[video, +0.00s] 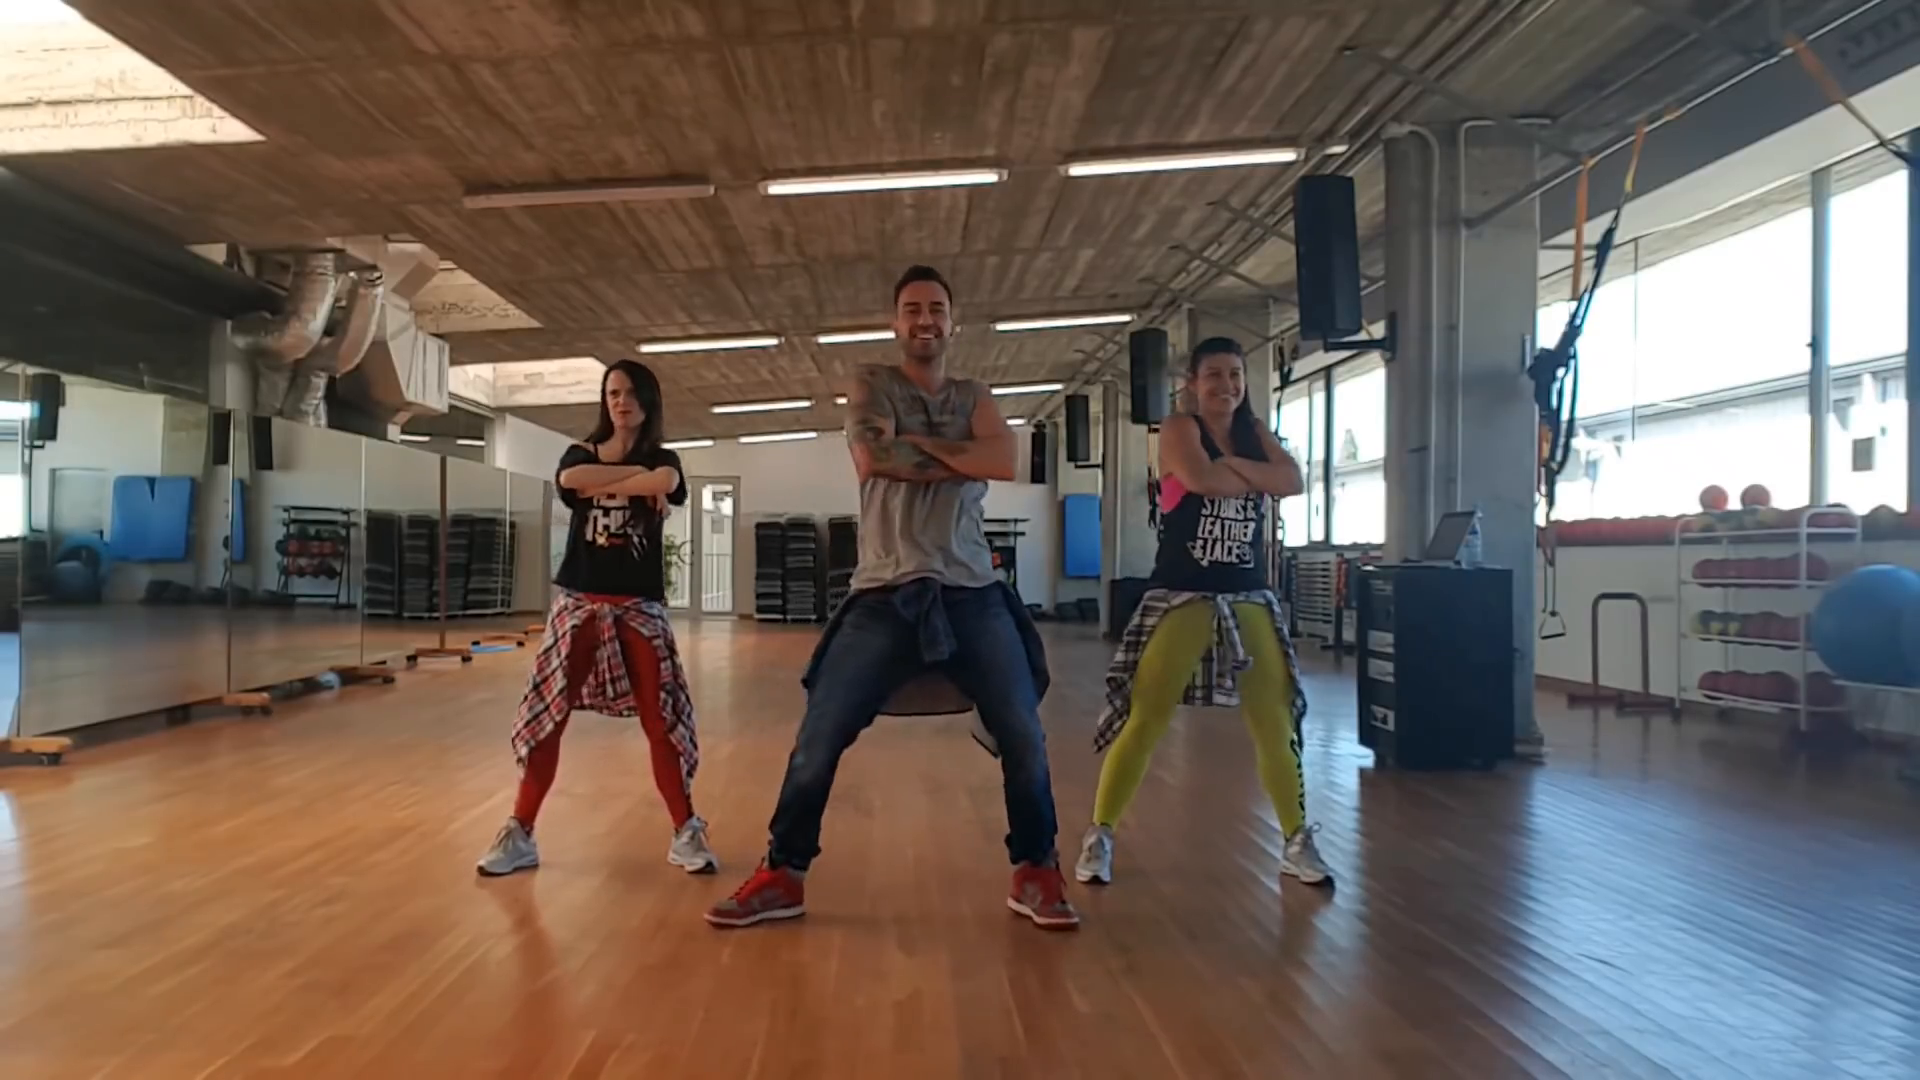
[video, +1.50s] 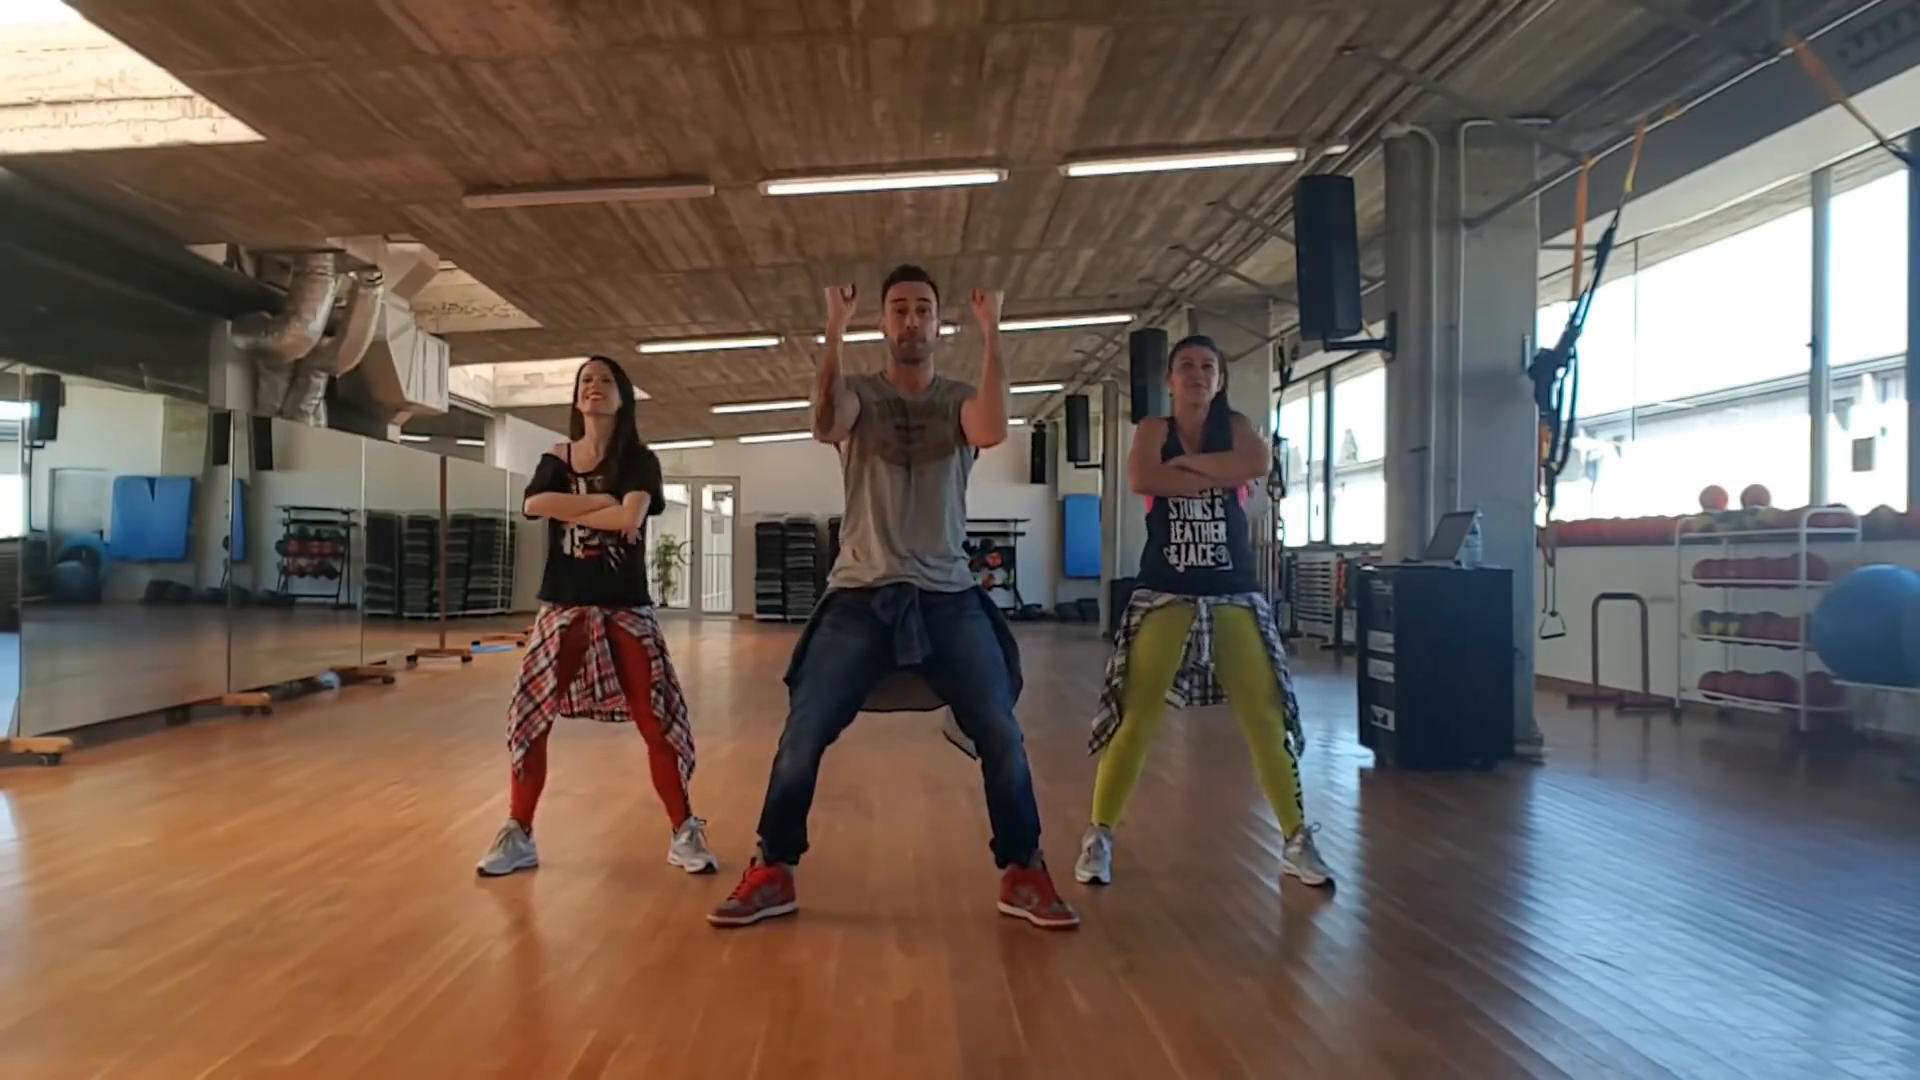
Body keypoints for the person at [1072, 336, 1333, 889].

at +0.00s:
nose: (1227, 383)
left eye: (1234, 374)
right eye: (1215, 375)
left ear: (1245, 383)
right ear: (1191, 384)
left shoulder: (1253, 430)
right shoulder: (1177, 429)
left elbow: (1292, 480)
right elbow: (1202, 480)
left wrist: (1229, 462)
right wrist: (1260, 479)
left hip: (1250, 595)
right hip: (1183, 595)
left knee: (1274, 719)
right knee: (1147, 718)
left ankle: (1297, 842)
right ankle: (1099, 837)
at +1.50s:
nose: (1197, 374)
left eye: (1206, 367)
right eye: (1186, 366)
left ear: (1220, 379)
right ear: (1170, 379)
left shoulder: (1236, 426)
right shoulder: (1153, 429)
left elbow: (1257, 464)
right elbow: (1141, 478)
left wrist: (1181, 462)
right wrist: (1220, 476)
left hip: (1233, 591)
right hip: (1164, 591)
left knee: (1264, 714)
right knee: (1138, 717)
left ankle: (1297, 841)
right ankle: (1098, 838)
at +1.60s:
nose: (1192, 372)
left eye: (1202, 364)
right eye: (1182, 364)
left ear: (1216, 377)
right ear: (1164, 377)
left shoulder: (1235, 426)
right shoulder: (1146, 429)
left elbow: (1270, 454)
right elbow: (1108, 475)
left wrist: (1203, 431)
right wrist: (1165, 460)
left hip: (1227, 591)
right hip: (1157, 591)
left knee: (1260, 714)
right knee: (1134, 715)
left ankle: (1297, 840)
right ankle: (1098, 838)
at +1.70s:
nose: (1193, 371)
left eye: (1202, 362)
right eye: (1182, 362)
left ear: (1216, 377)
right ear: (1164, 376)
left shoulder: (1232, 428)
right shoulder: (1146, 430)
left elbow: (1287, 444)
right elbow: (1094, 461)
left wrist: (1241, 387)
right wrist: (1145, 410)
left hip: (1226, 592)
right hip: (1157, 592)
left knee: (1258, 712)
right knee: (1132, 714)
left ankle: (1295, 840)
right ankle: (1098, 838)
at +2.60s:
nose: (1141, 382)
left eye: (1151, 373)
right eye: (1131, 372)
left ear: (1168, 386)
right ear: (1116, 382)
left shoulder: (1181, 445)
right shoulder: (1097, 437)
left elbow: (1256, 451)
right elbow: (1065, 450)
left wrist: (1245, 386)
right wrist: (1101, 392)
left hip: (1164, 600)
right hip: (1095, 600)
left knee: (1219, 710)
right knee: (1085, 729)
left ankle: (1248, 827)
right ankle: (1076, 837)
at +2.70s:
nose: (1132, 375)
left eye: (1143, 367)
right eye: (1123, 366)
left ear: (1158, 378)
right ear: (1107, 375)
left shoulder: (1173, 437)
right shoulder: (1085, 430)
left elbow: (1248, 442)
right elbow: (1029, 444)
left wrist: (1231, 380)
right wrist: (1054, 381)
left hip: (1156, 595)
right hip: (1087, 594)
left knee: (1201, 703)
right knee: (1086, 722)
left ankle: (1177, 813)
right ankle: (1076, 836)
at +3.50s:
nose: (1202, 378)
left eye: (1210, 368)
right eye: (1191, 369)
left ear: (1222, 377)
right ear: (1172, 380)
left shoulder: (1242, 435)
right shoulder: (1159, 438)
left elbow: (1311, 432)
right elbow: (1091, 453)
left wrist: (1285, 379)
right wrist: (1102, 385)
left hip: (1233, 596)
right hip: (1171, 595)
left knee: (1256, 711)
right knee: (1134, 712)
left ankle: (1256, 840)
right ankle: (1088, 831)